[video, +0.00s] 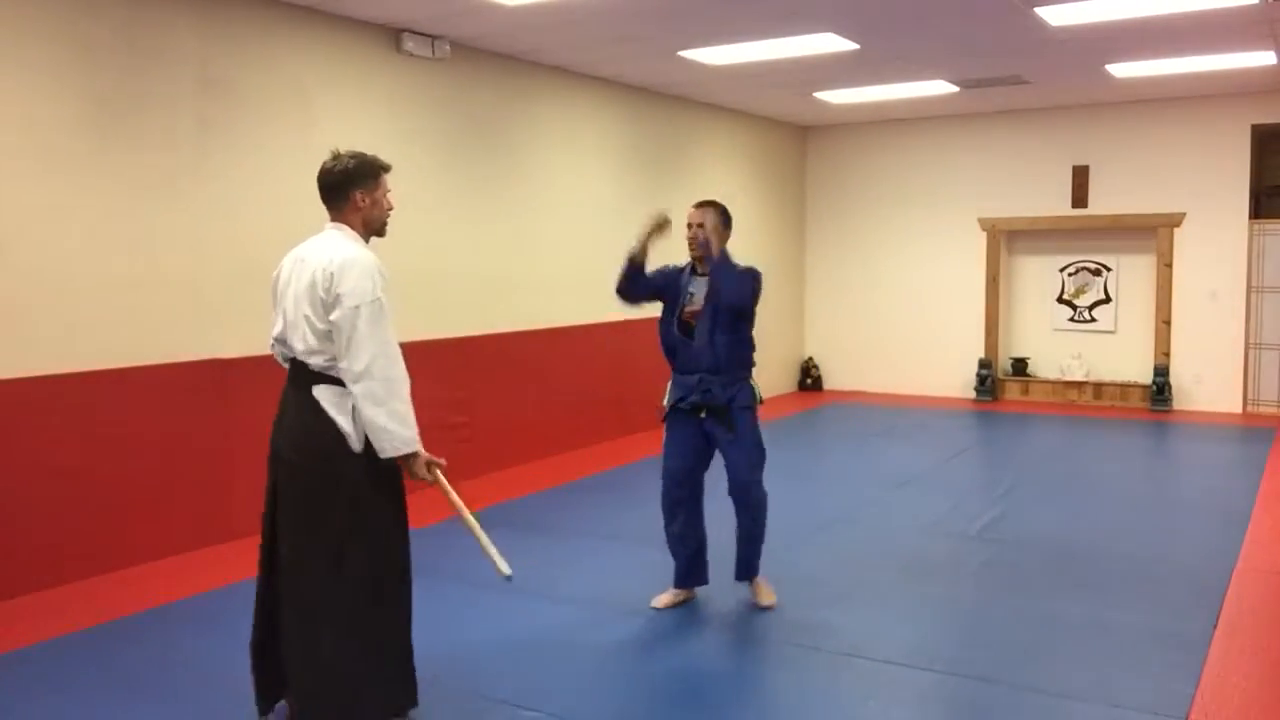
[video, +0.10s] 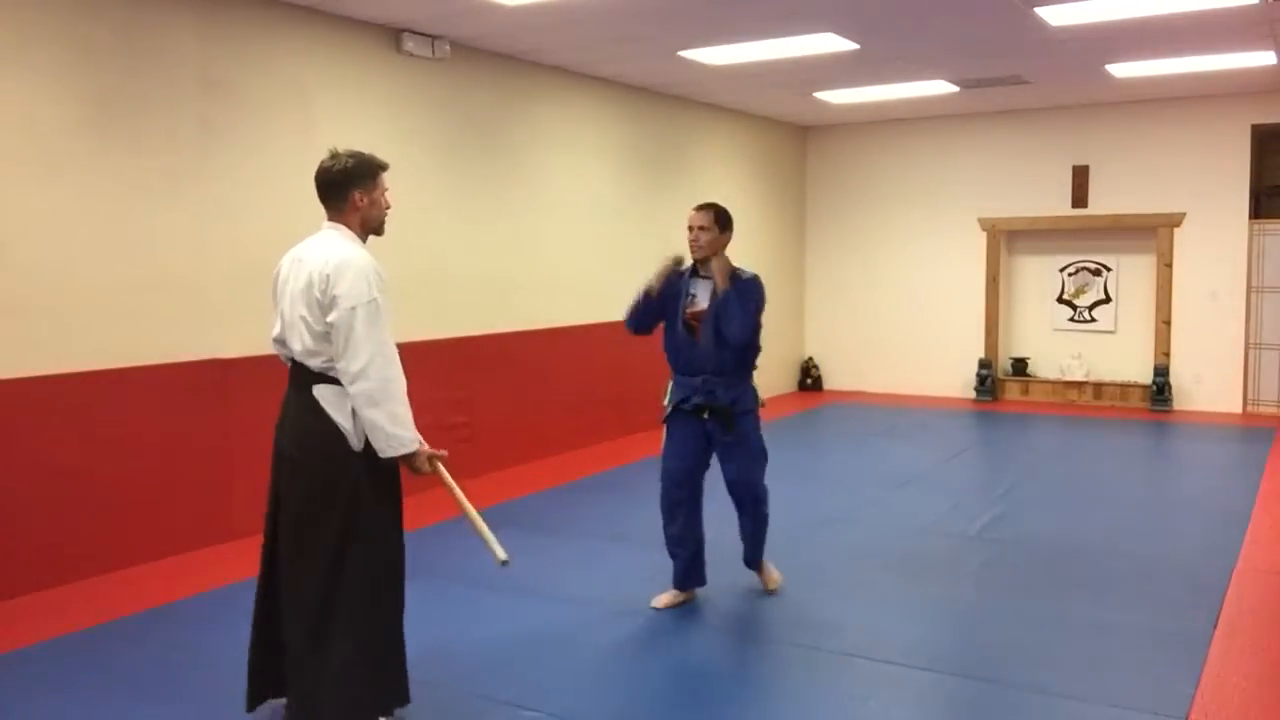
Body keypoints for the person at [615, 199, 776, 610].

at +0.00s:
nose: (692, 233)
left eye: (702, 227)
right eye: (689, 226)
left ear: (723, 234)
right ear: (685, 234)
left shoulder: (744, 278)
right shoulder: (675, 278)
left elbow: (736, 300)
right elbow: (629, 291)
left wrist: (717, 253)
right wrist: (640, 250)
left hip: (733, 405)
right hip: (686, 406)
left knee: (748, 487)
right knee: (677, 491)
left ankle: (752, 576)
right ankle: (685, 583)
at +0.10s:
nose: (693, 237)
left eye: (702, 231)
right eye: (690, 230)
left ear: (725, 236)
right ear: (686, 235)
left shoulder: (746, 286)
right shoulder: (676, 282)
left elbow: (740, 339)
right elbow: (637, 324)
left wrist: (723, 284)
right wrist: (658, 286)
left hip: (735, 408)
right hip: (687, 408)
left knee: (749, 488)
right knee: (676, 492)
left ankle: (756, 560)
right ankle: (686, 583)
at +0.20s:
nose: (696, 242)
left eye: (705, 235)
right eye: (693, 235)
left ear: (727, 240)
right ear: (690, 240)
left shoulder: (753, 289)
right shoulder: (680, 287)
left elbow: (750, 345)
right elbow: (645, 336)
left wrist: (726, 299)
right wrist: (660, 297)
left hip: (739, 408)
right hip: (691, 407)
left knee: (747, 489)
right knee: (676, 487)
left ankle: (757, 560)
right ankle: (684, 584)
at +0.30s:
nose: (698, 246)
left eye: (706, 239)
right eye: (694, 240)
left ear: (729, 243)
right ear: (691, 244)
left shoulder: (756, 292)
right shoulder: (680, 291)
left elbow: (760, 344)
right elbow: (645, 342)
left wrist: (735, 297)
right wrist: (658, 301)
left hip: (741, 411)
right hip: (692, 410)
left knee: (748, 493)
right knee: (671, 488)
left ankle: (758, 564)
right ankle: (680, 583)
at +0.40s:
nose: (694, 247)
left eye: (702, 239)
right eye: (690, 240)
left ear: (725, 243)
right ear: (688, 245)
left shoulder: (753, 291)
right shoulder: (677, 291)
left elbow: (762, 341)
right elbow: (641, 344)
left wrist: (735, 300)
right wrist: (653, 305)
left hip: (736, 411)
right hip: (687, 410)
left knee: (744, 494)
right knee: (665, 488)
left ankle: (757, 564)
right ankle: (670, 583)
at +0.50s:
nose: (683, 250)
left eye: (691, 243)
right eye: (679, 244)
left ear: (713, 247)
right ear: (676, 249)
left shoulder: (742, 294)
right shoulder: (666, 296)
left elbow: (757, 344)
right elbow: (627, 347)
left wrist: (727, 305)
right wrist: (641, 308)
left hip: (730, 413)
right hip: (681, 414)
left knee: (740, 491)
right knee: (654, 483)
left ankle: (757, 565)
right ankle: (658, 581)